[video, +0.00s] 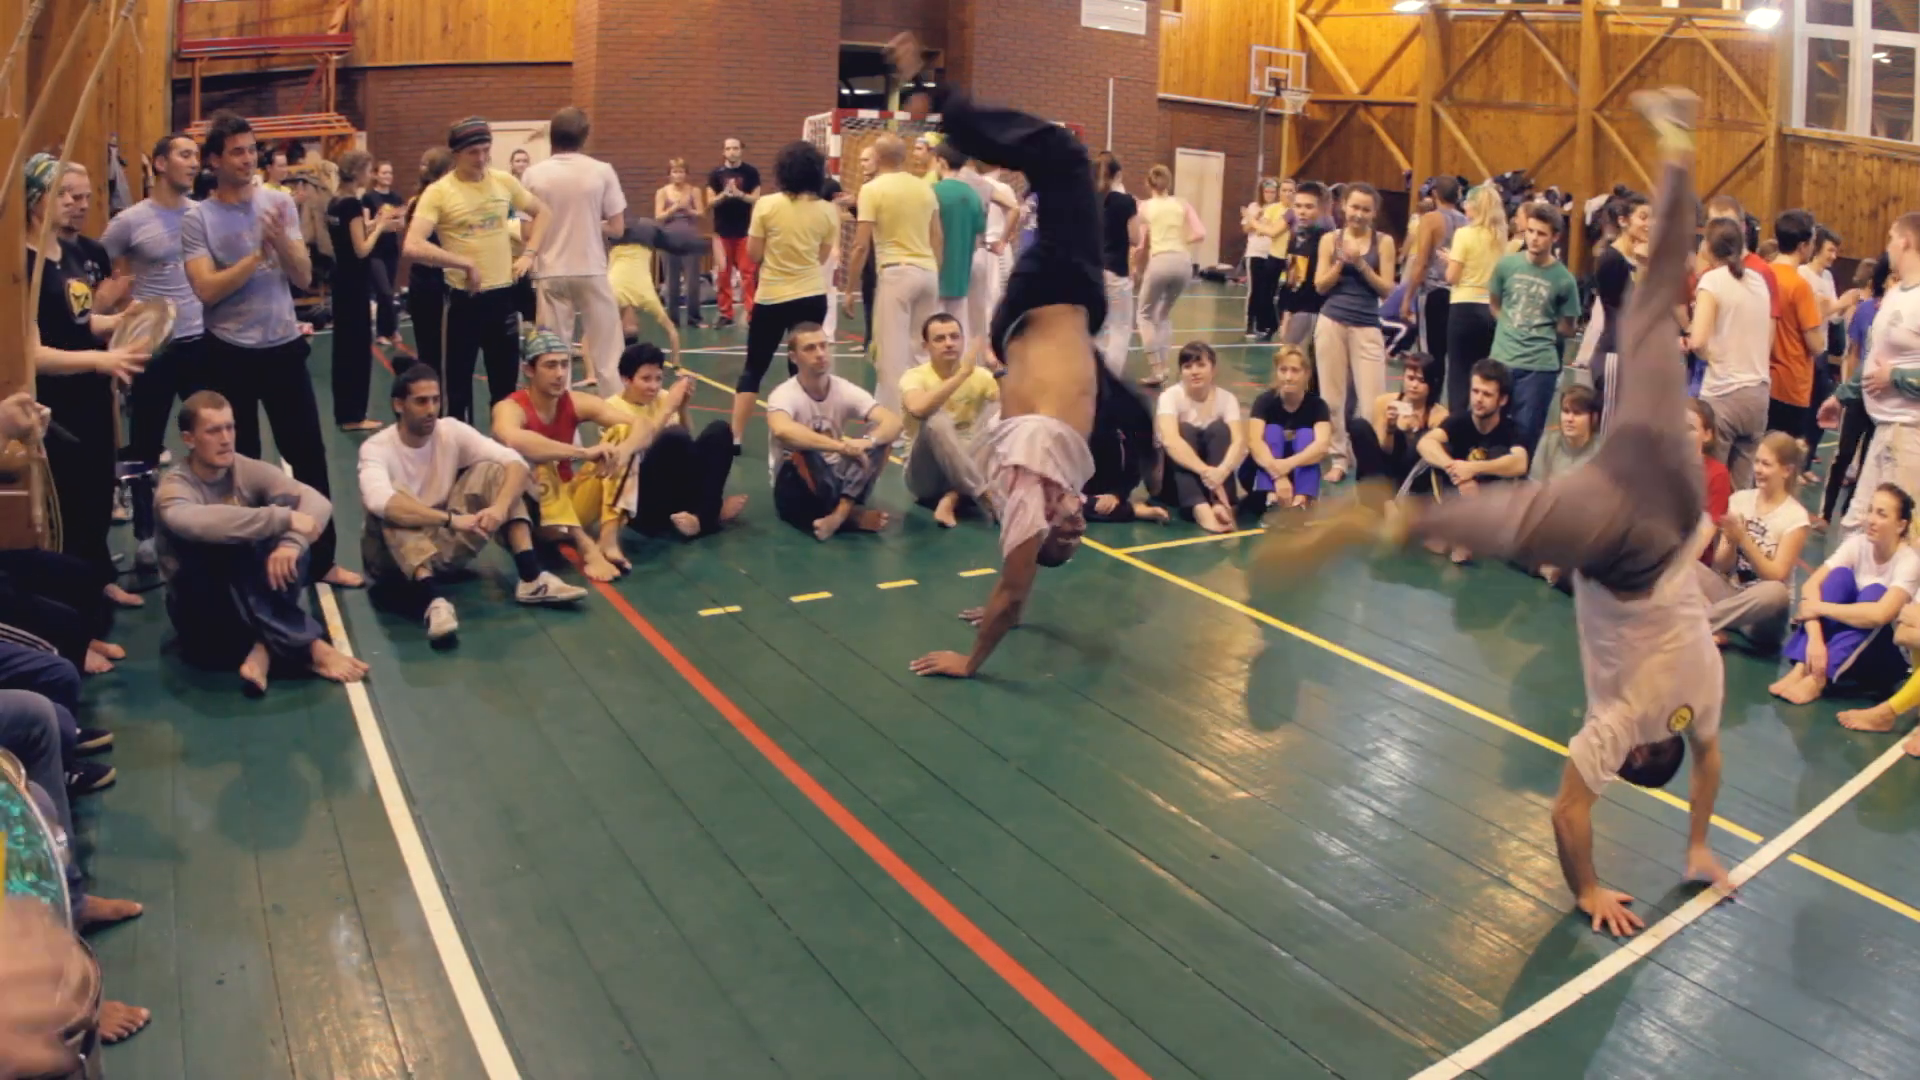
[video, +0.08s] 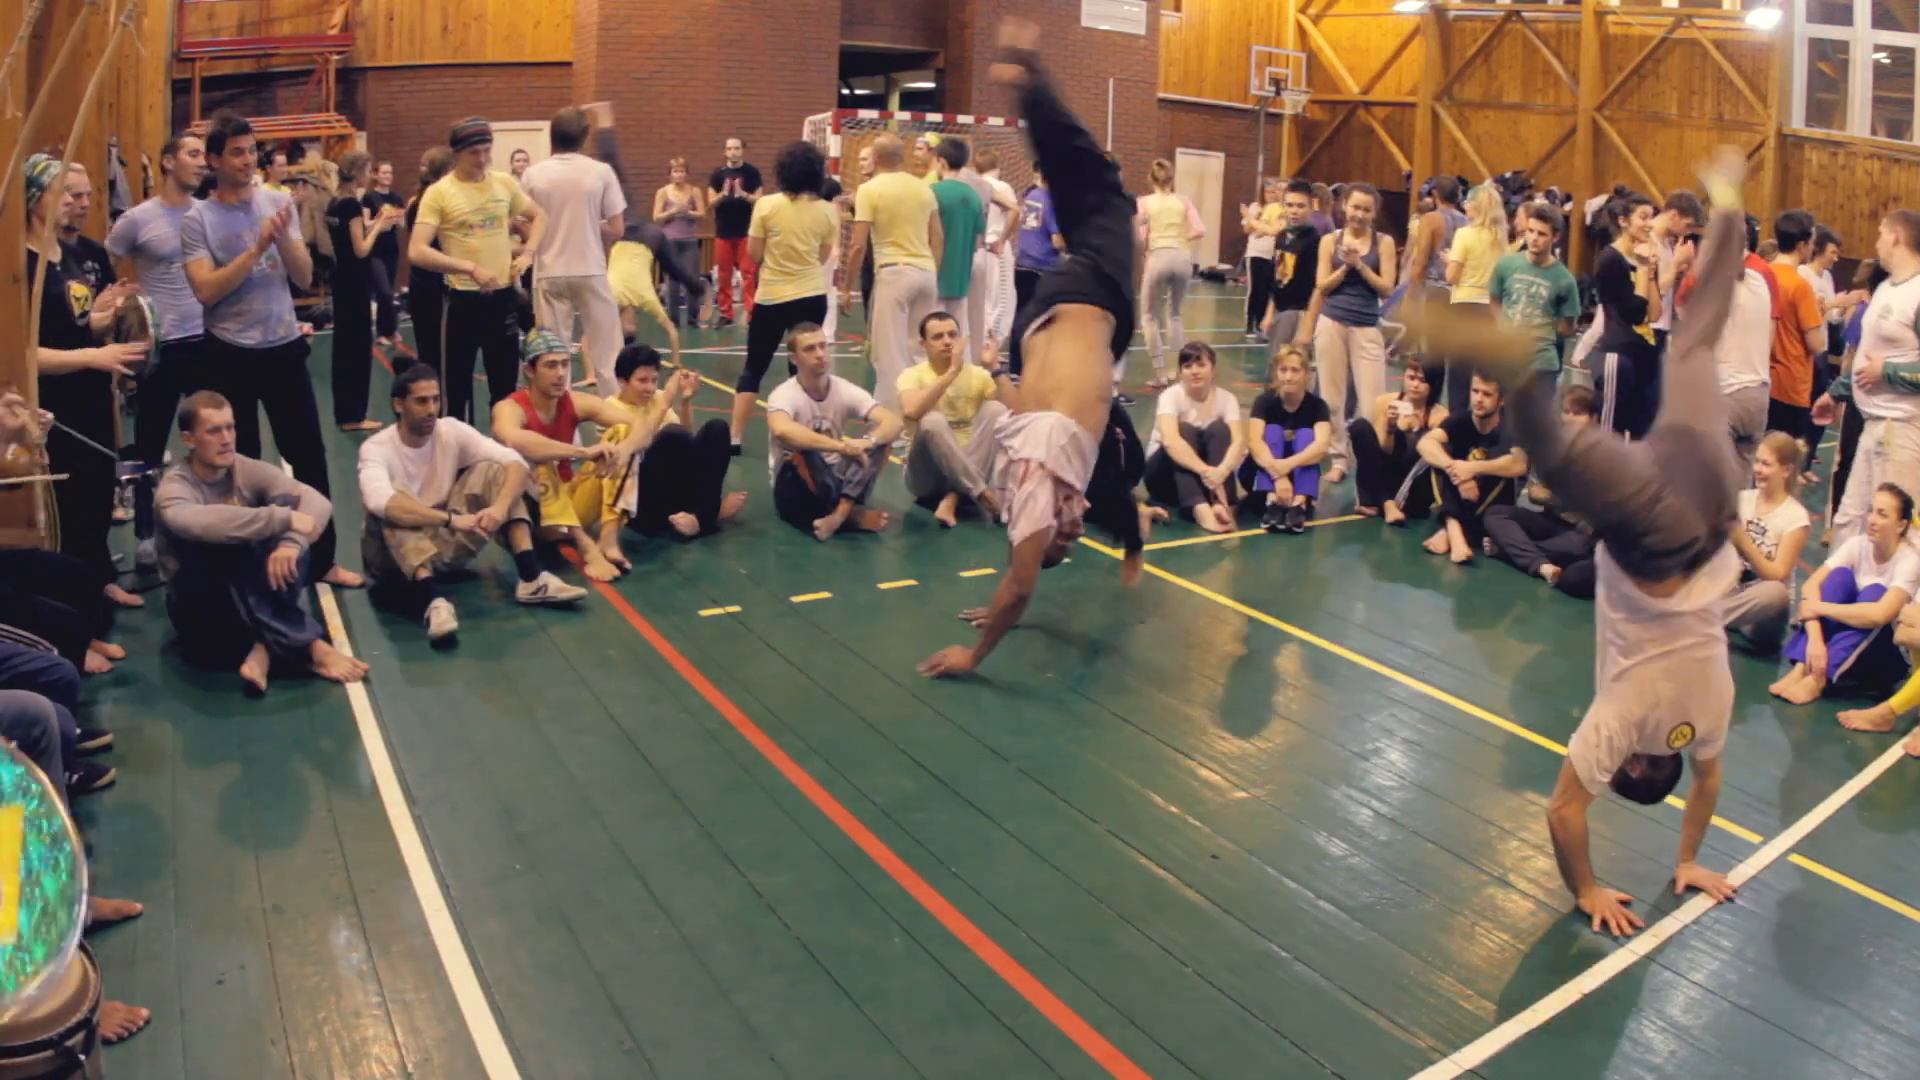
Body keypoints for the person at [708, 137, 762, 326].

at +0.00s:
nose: (732, 152)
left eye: (735, 148)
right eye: (728, 149)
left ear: (742, 151)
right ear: (723, 152)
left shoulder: (751, 172)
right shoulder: (716, 174)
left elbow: (756, 198)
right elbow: (711, 202)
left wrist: (739, 194)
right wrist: (724, 194)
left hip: (745, 231)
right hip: (722, 232)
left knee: (748, 272)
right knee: (723, 272)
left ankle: (751, 311)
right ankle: (725, 312)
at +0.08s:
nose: (733, 152)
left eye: (736, 148)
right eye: (729, 148)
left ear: (743, 151)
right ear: (725, 152)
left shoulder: (752, 172)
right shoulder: (718, 174)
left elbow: (759, 199)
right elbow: (712, 202)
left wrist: (743, 194)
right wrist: (723, 193)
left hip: (746, 232)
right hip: (723, 233)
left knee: (748, 273)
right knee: (723, 275)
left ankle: (751, 311)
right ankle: (725, 312)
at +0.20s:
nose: (735, 152)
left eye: (739, 148)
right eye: (732, 149)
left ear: (746, 151)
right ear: (727, 152)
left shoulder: (754, 172)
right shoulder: (720, 174)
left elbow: (761, 200)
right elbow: (713, 202)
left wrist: (745, 193)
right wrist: (724, 193)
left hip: (748, 232)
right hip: (725, 233)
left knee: (750, 273)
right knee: (724, 276)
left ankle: (752, 312)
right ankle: (725, 312)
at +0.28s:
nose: (737, 152)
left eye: (741, 148)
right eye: (734, 149)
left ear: (748, 151)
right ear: (729, 152)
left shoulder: (756, 173)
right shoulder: (722, 173)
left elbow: (762, 200)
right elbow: (718, 195)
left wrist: (744, 193)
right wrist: (727, 195)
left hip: (749, 232)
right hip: (727, 233)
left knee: (751, 273)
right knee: (725, 275)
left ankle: (752, 312)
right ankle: (725, 312)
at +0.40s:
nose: (740, 153)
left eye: (744, 149)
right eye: (737, 150)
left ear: (751, 151)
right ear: (733, 152)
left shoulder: (760, 173)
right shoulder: (726, 173)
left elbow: (766, 200)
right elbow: (719, 200)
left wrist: (748, 193)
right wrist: (731, 193)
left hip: (752, 231)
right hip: (729, 232)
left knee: (753, 273)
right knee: (727, 274)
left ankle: (753, 312)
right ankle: (726, 312)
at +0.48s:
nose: (743, 154)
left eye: (746, 150)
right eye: (739, 150)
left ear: (754, 152)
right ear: (736, 153)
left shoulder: (762, 173)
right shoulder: (728, 173)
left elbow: (767, 201)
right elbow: (720, 200)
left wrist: (752, 193)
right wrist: (731, 191)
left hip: (754, 232)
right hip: (731, 232)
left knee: (754, 273)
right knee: (727, 274)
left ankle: (753, 313)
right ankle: (726, 312)